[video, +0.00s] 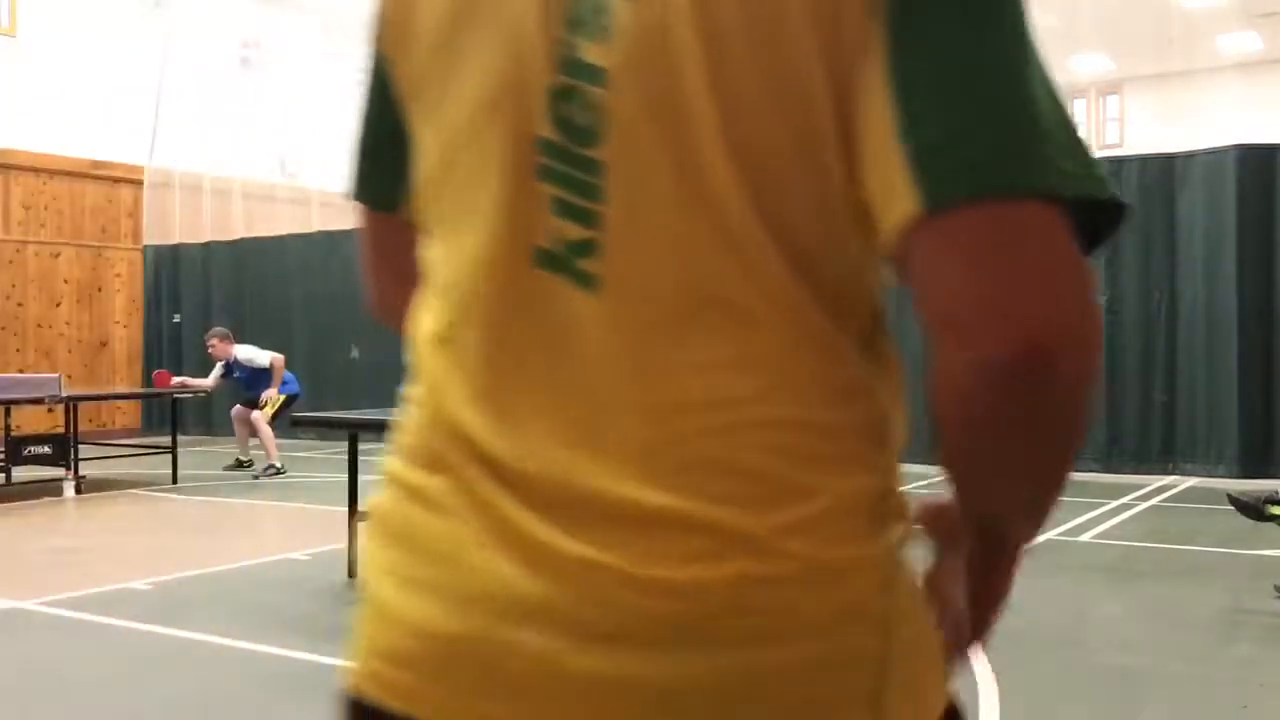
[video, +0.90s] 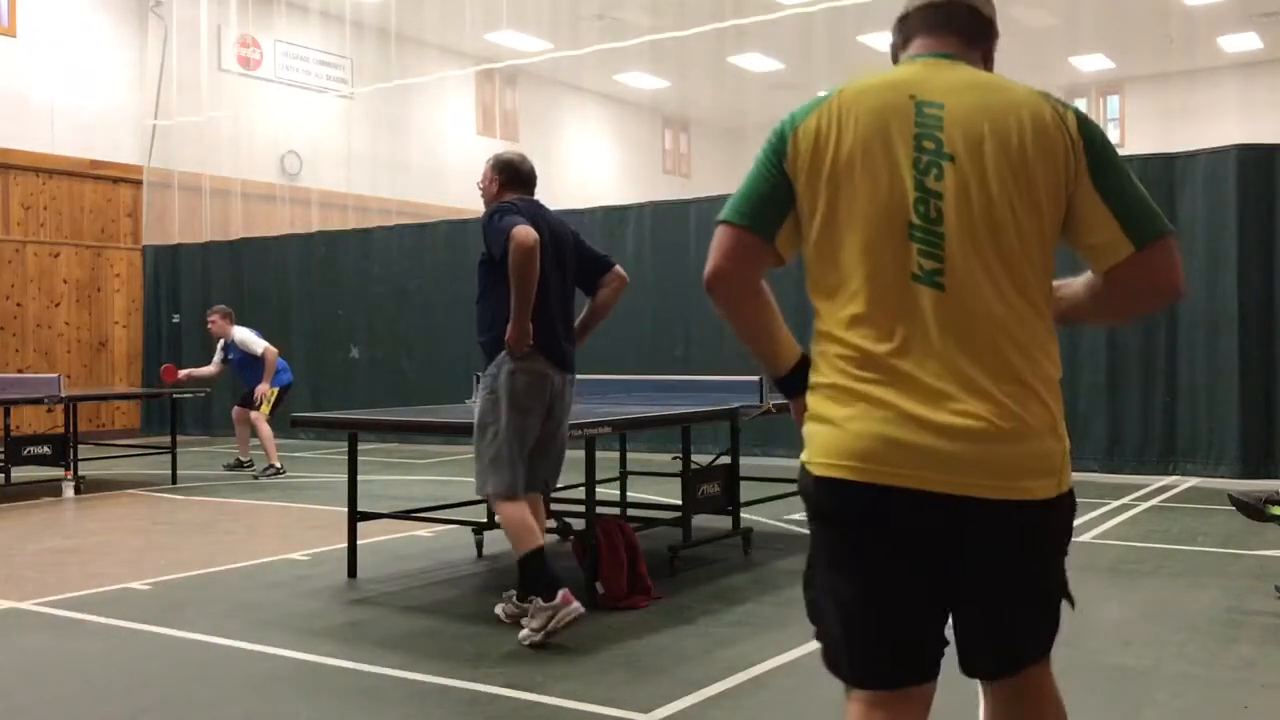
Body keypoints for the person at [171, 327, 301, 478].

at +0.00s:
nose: (209, 351)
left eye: (212, 346)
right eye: (208, 347)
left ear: (226, 343)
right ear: (223, 345)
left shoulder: (243, 353)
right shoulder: (224, 362)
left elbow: (278, 360)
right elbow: (210, 383)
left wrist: (274, 388)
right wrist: (186, 381)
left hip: (284, 389)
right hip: (264, 390)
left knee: (257, 417)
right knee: (238, 413)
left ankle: (275, 464)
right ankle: (244, 459)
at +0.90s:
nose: (209, 327)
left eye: (212, 322)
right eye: (208, 323)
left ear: (226, 321)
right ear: (222, 323)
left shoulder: (241, 335)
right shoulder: (223, 344)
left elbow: (271, 353)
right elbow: (214, 369)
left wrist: (266, 383)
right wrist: (189, 372)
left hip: (277, 380)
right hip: (260, 381)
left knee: (257, 416)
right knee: (239, 413)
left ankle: (275, 465)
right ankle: (244, 460)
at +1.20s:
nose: (204, 320)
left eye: (208, 316)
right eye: (203, 316)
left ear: (221, 315)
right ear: (217, 316)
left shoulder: (235, 331)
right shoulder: (218, 336)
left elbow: (260, 355)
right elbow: (213, 363)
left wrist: (247, 382)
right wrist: (190, 366)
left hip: (266, 378)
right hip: (248, 380)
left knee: (255, 416)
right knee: (229, 415)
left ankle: (274, 464)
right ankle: (243, 460)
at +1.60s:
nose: (196, 324)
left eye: (199, 319)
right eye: (195, 320)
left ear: (213, 316)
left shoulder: (235, 332)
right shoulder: (207, 338)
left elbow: (251, 361)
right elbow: (192, 360)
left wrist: (223, 376)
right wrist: (169, 363)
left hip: (255, 381)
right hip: (232, 381)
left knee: (247, 418)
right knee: (205, 413)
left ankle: (269, 461)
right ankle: (222, 450)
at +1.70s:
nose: (190, 332)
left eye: (192, 327)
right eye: (188, 328)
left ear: (205, 323)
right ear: (200, 325)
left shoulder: (228, 337)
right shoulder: (200, 341)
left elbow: (248, 364)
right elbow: (179, 355)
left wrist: (226, 381)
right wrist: (155, 360)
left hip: (250, 384)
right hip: (227, 385)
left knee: (243, 420)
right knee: (195, 416)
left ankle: (268, 462)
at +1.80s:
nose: (181, 338)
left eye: (184, 334)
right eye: (180, 335)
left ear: (197, 330)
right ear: (191, 332)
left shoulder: (219, 342)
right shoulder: (190, 343)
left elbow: (243, 367)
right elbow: (164, 349)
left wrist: (229, 386)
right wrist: (143, 357)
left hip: (242, 389)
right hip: (219, 389)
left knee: (239, 421)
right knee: (184, 418)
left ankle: (268, 462)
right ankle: (172, 459)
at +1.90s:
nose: (171, 342)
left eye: (174, 338)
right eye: (170, 338)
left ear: (186, 336)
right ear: (175, 337)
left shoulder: (207, 348)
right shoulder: (174, 344)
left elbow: (232, 371)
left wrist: (229, 390)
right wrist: (136, 362)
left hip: (226, 393)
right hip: (202, 394)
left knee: (235, 422)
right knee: (167, 419)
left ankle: (267, 461)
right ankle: (165, 461)